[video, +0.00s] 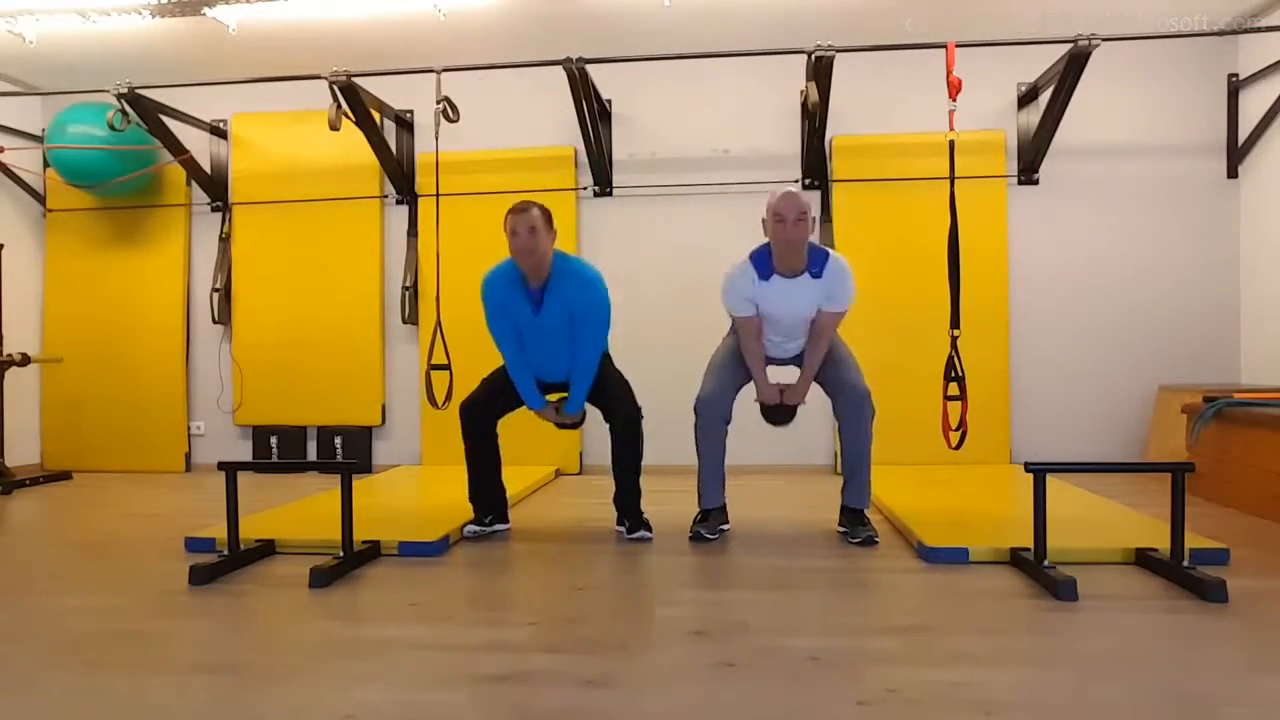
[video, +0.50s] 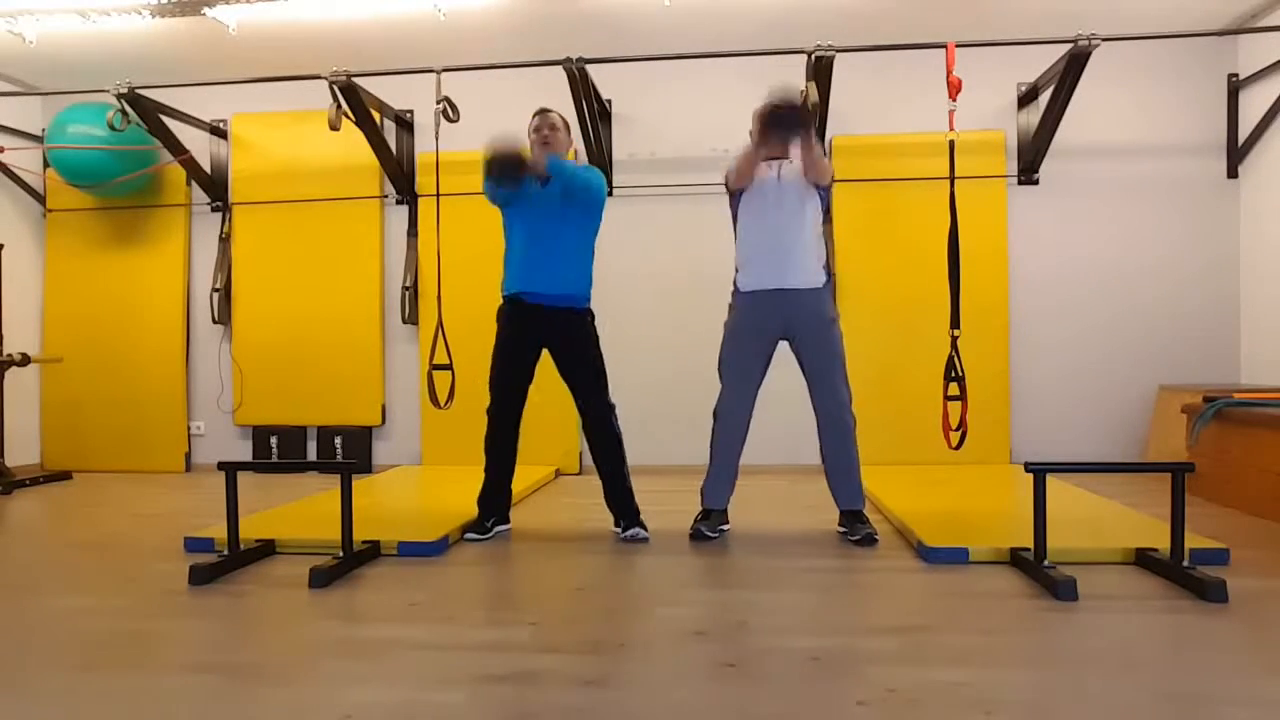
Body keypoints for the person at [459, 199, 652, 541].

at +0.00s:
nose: (524, 241)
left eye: (533, 231)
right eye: (515, 234)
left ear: (552, 236)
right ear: (507, 241)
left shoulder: (586, 281)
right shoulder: (496, 285)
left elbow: (589, 352)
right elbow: (511, 352)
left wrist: (574, 406)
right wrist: (538, 404)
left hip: (585, 369)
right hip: (528, 371)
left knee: (627, 416)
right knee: (475, 413)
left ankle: (630, 515)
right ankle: (491, 513)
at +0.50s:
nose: (544, 133)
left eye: (553, 127)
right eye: (537, 129)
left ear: (570, 141)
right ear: (528, 142)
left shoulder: (590, 179)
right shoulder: (515, 182)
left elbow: (588, 184)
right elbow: (497, 189)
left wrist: (544, 166)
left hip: (571, 315)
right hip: (519, 313)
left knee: (598, 414)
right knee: (503, 415)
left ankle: (627, 518)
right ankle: (493, 515)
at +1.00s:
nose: (549, 129)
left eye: (557, 122)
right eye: (541, 124)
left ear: (574, 135)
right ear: (531, 136)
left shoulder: (594, 175)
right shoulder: (519, 176)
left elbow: (569, 179)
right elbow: (496, 178)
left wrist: (545, 152)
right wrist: (495, 150)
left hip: (581, 317)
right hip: (528, 317)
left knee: (605, 420)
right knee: (505, 418)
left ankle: (627, 518)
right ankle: (494, 514)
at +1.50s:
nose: (522, 239)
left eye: (530, 230)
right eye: (514, 232)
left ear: (550, 235)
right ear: (506, 240)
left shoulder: (583, 284)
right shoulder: (493, 288)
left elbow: (587, 356)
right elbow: (511, 357)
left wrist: (570, 412)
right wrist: (542, 412)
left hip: (584, 373)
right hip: (526, 375)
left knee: (628, 417)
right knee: (470, 415)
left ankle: (628, 517)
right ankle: (493, 513)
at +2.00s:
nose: (545, 127)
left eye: (553, 122)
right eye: (537, 122)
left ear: (569, 135)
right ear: (527, 136)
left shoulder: (590, 180)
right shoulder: (509, 179)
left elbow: (584, 213)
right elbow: (494, 210)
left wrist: (546, 240)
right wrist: (511, 242)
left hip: (572, 315)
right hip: (520, 315)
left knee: (601, 413)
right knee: (501, 414)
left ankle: (627, 516)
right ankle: (493, 513)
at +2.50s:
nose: (539, 142)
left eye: (547, 136)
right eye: (536, 135)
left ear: (567, 141)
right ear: (535, 141)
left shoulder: (592, 175)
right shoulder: (520, 178)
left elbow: (570, 142)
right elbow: (495, 158)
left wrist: (544, 112)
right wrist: (498, 116)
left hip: (577, 312)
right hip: (526, 310)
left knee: (600, 415)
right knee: (509, 414)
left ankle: (627, 517)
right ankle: (494, 513)